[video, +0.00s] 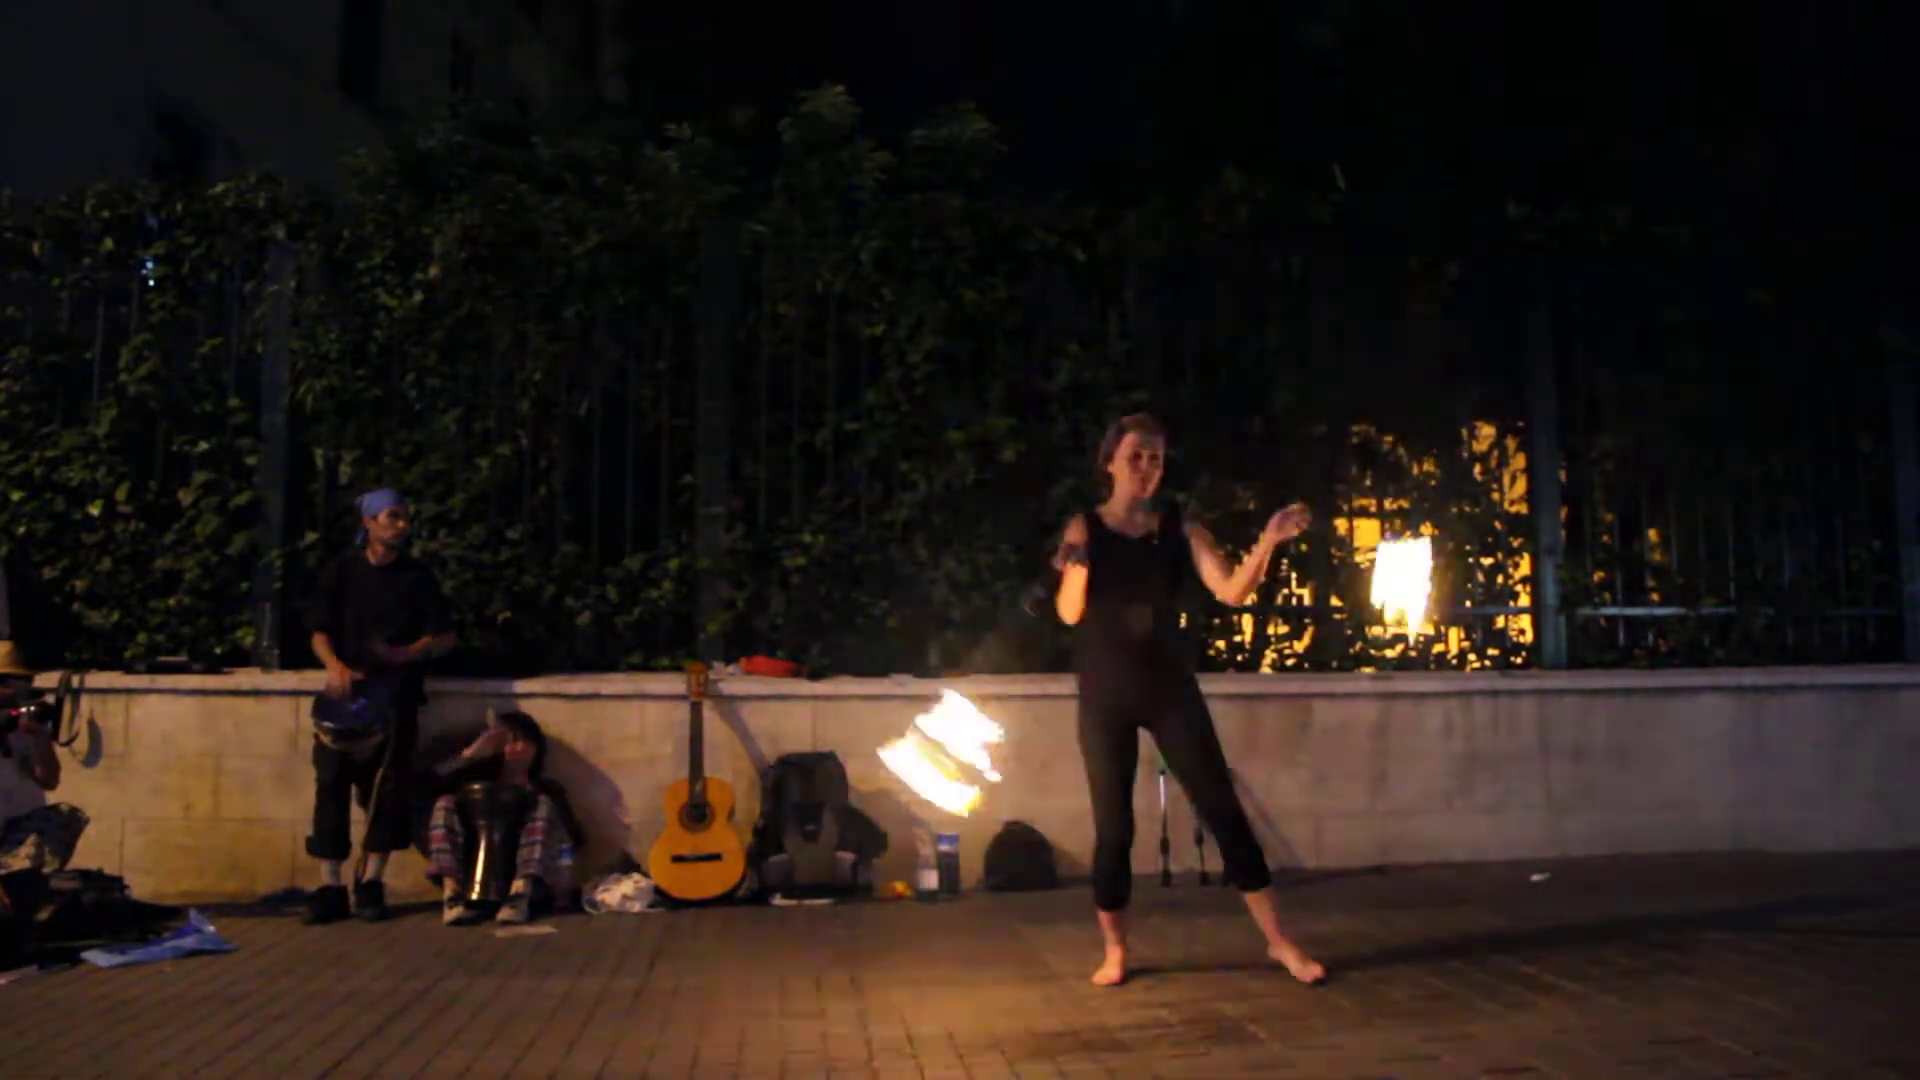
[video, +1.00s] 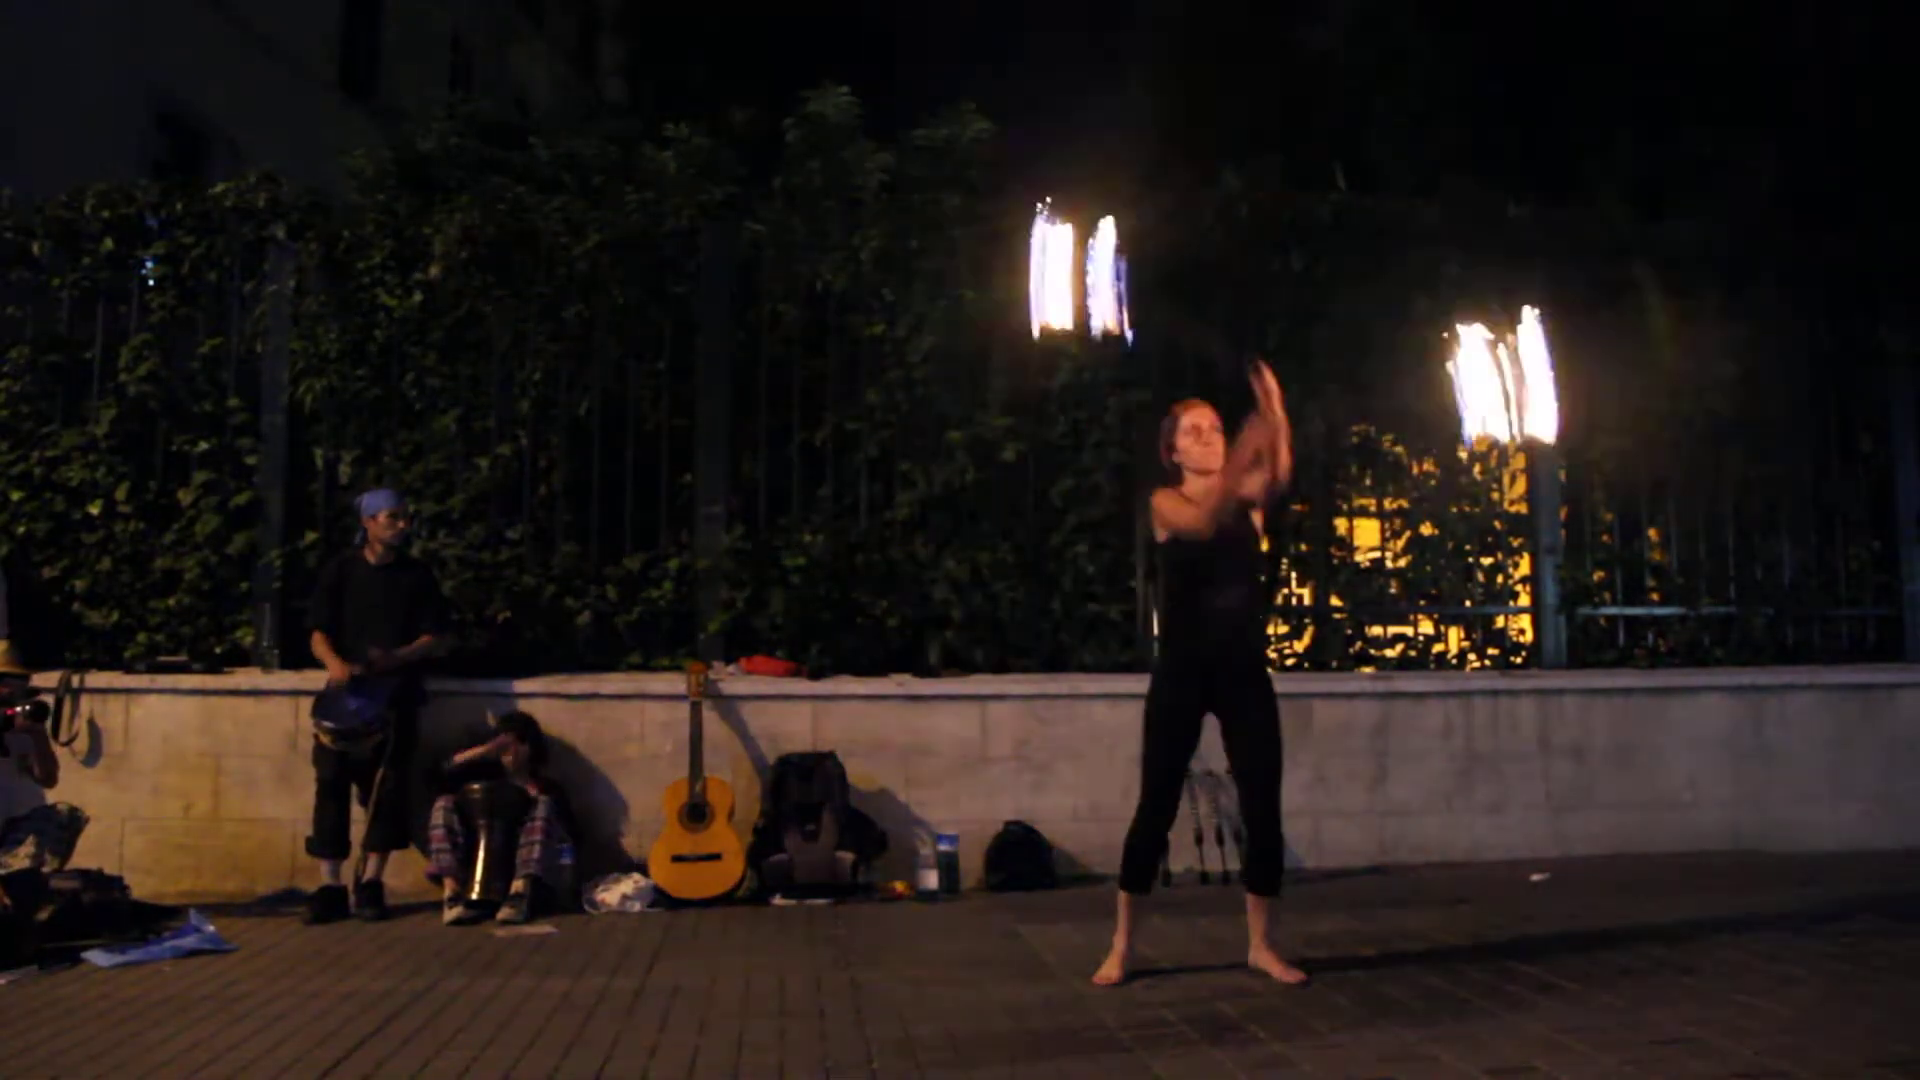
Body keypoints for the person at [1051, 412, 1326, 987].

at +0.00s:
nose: (1147, 469)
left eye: (1155, 459)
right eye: (1136, 458)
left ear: (1164, 467)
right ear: (1110, 462)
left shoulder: (1180, 530)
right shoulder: (1085, 529)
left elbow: (1229, 590)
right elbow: (1069, 613)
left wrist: (1268, 541)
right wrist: (1078, 559)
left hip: (1171, 689)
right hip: (1105, 693)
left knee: (1223, 811)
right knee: (1113, 827)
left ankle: (1278, 941)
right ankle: (1114, 949)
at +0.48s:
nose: (1129, 456)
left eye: (1135, 448)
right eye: (1116, 449)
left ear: (1147, 462)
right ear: (1094, 466)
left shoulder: (1171, 523)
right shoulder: (1077, 530)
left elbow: (1239, 559)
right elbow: (1026, 573)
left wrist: (1272, 491)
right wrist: (1021, 518)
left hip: (1174, 688)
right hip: (1109, 693)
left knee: (1218, 808)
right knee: (1111, 825)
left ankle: (1270, 936)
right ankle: (1116, 949)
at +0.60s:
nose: (1146, 433)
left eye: (1150, 426)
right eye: (1133, 427)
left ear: (1161, 439)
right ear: (1106, 445)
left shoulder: (1178, 499)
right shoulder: (1098, 502)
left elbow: (1245, 494)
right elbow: (1065, 514)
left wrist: (1264, 424)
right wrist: (1065, 437)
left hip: (1184, 670)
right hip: (1120, 675)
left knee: (1230, 798)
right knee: (1119, 813)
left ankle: (1276, 928)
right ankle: (1113, 945)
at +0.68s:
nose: (1152, 423)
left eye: (1159, 414)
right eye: (1140, 416)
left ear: (1172, 427)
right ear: (1117, 433)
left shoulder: (1191, 486)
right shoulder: (1111, 492)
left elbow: (1249, 444)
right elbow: (1091, 451)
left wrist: (1259, 362)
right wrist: (1084, 376)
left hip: (1196, 657)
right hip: (1130, 662)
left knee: (1235, 792)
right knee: (1125, 802)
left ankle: (1274, 924)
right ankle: (1114, 941)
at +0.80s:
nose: (1174, 420)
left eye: (1181, 410)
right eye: (1161, 412)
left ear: (1193, 424)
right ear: (1142, 425)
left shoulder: (1210, 480)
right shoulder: (1131, 486)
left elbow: (1246, 410)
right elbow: (1131, 410)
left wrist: (1248, 324)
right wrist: (1138, 324)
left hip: (1213, 655)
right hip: (1146, 658)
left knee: (1241, 790)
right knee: (1135, 797)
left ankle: (1269, 928)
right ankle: (1116, 937)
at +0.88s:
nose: (1193, 427)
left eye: (1196, 421)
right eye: (1181, 419)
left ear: (1205, 434)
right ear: (1156, 434)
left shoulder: (1223, 484)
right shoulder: (1144, 493)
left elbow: (1248, 416)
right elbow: (1166, 411)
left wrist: (1250, 335)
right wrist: (1196, 339)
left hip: (1226, 660)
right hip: (1161, 662)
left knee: (1248, 796)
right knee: (1143, 801)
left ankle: (1264, 935)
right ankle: (1119, 940)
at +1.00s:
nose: (1209, 439)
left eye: (1215, 431)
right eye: (1194, 431)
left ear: (1226, 441)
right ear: (1172, 449)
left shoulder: (1246, 499)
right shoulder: (1164, 503)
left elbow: (1275, 474)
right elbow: (1201, 518)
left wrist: (1276, 418)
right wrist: (1245, 453)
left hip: (1245, 672)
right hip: (1181, 674)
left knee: (1262, 806)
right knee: (1156, 806)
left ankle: (1259, 945)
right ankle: (1121, 944)